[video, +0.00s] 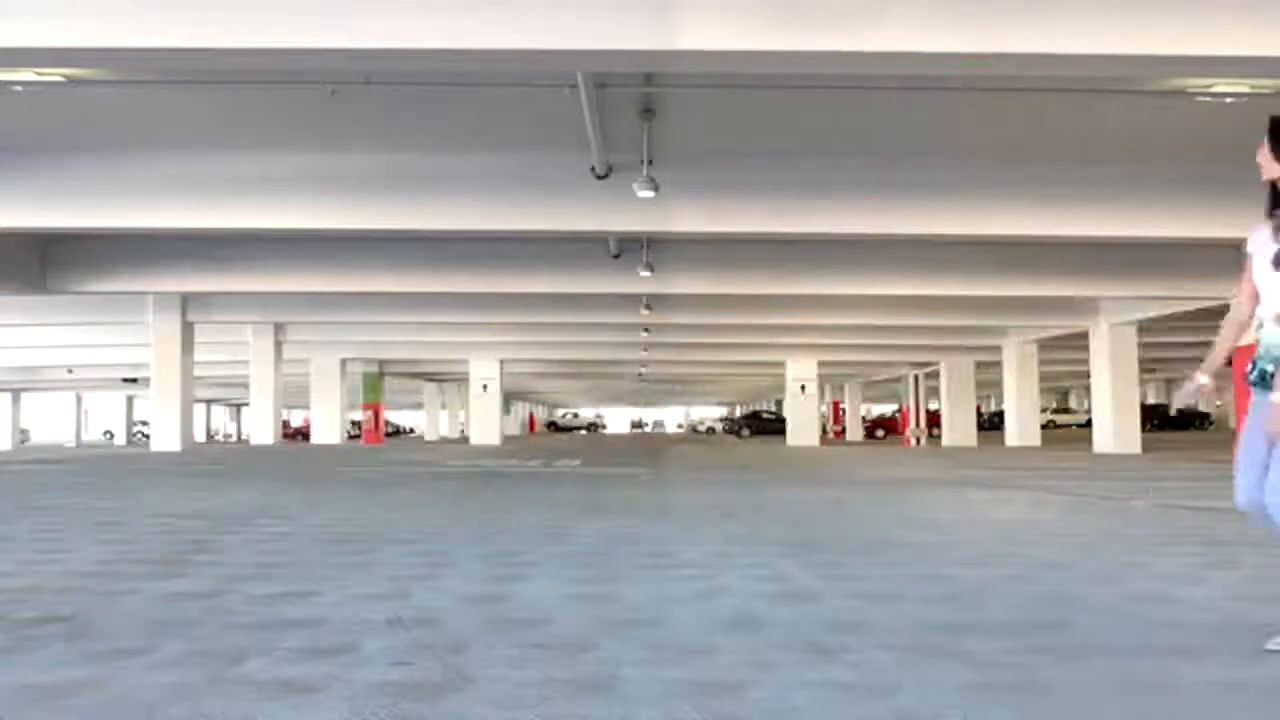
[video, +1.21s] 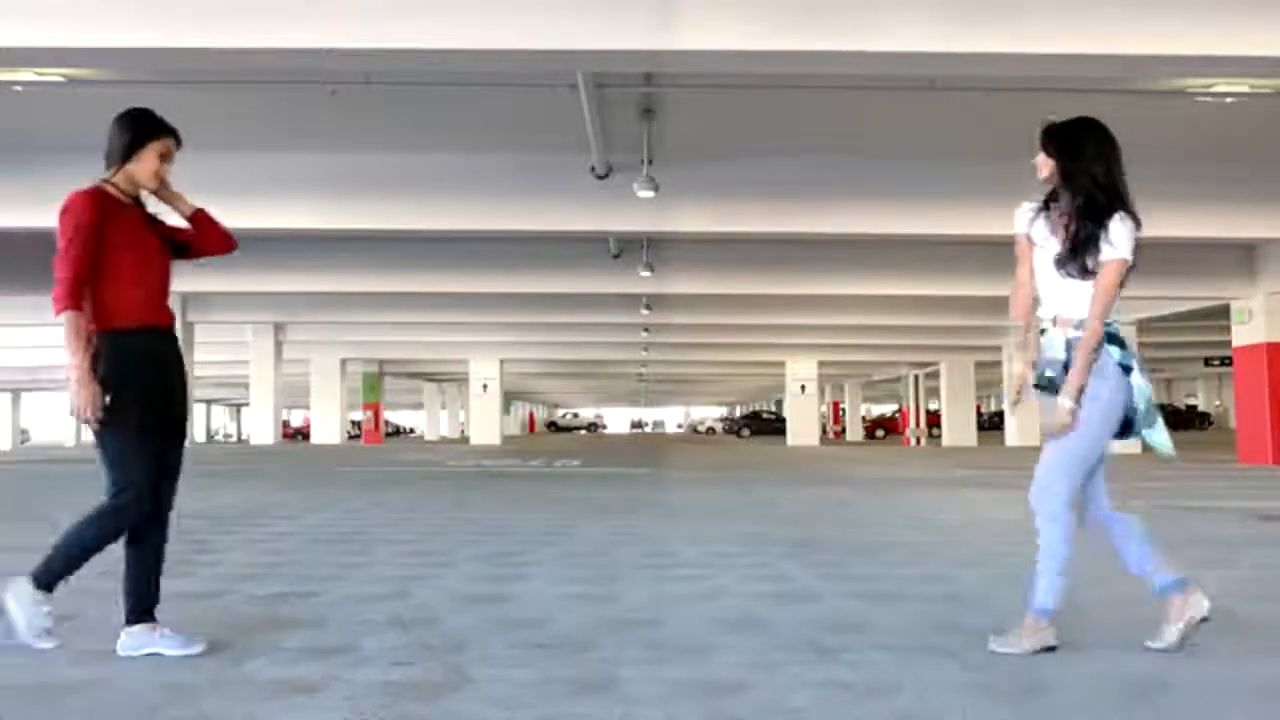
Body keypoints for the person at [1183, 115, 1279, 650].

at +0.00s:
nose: (1260, 158)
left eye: (1266, 149)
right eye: (1262, 148)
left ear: (1277, 159)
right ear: (1268, 160)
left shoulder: (1266, 238)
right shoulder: (1262, 237)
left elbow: (1244, 311)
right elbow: (1242, 310)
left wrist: (1272, 402)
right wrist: (1209, 369)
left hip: (1276, 379)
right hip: (1263, 379)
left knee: (1268, 494)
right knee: (1253, 493)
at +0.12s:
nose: (1230, 147)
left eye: (1238, 139)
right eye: (1234, 139)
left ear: (1261, 148)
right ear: (1256, 150)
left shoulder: (1272, 216)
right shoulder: (1240, 219)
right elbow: (1218, 298)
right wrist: (1179, 358)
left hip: (1276, 366)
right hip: (1248, 366)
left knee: (1274, 491)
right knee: (1218, 476)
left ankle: (1265, 601)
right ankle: (1257, 592)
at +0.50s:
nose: (1162, 187)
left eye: (1170, 179)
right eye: (1164, 178)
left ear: (1193, 185)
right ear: (1199, 186)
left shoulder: (1224, 236)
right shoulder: (1190, 243)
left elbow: (1237, 317)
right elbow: (1166, 322)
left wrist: (1247, 391)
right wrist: (1138, 373)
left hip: (1206, 381)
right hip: (1175, 382)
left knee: (1207, 521)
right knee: (1141, 500)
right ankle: (1204, 618)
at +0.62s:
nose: (1137, 172)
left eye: (1144, 164)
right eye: (1139, 163)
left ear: (1170, 169)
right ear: (1175, 169)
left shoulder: (1198, 224)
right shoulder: (1169, 228)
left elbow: (1196, 309)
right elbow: (1157, 311)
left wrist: (1179, 376)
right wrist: (1138, 373)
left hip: (1186, 370)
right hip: (1160, 370)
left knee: (1165, 505)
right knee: (1145, 502)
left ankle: (1262, 581)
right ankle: (1202, 615)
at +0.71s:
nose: (1122, 161)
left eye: (1131, 153)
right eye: (1125, 152)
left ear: (1156, 158)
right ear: (1155, 160)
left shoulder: (1187, 215)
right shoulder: (1145, 218)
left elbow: (1172, 299)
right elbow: (1143, 303)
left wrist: (1143, 368)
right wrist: (1109, 349)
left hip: (1183, 355)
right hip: (1161, 355)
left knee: (1132, 483)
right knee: (1163, 488)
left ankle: (1203, 602)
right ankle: (1204, 615)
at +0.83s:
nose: (1100, 155)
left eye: (1109, 147)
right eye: (1102, 146)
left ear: (1137, 152)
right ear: (1135, 154)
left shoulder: (1171, 209)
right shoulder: (1112, 216)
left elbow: (1144, 296)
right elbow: (1095, 288)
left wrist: (1101, 360)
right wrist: (1074, 332)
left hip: (1168, 351)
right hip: (1136, 353)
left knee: (1125, 475)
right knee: (1171, 487)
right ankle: (1205, 615)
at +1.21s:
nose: (1037, 162)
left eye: (1046, 154)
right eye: (1039, 153)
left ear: (1075, 159)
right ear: (1067, 160)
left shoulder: (1115, 225)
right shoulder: (1034, 218)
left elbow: (1098, 316)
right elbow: (1023, 296)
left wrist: (1069, 392)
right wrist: (1020, 360)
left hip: (1099, 366)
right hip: (1053, 364)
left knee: (1050, 489)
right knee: (1092, 503)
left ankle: (1039, 621)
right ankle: (1179, 594)